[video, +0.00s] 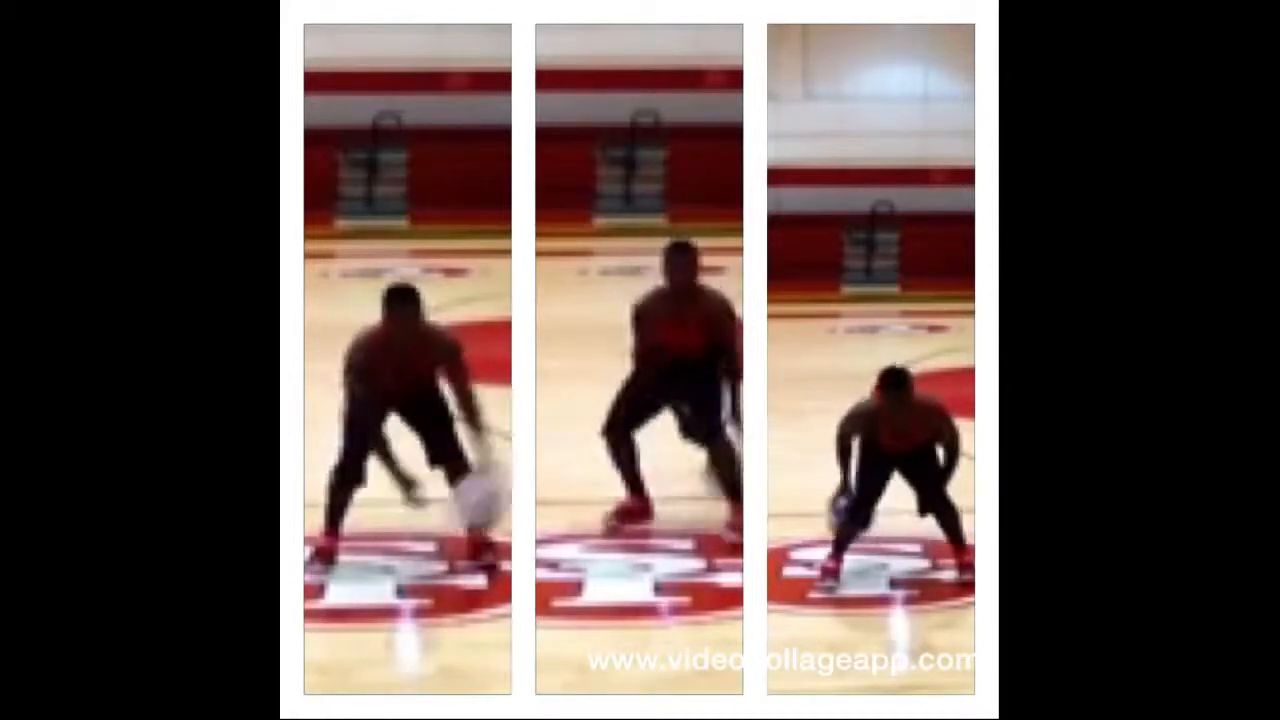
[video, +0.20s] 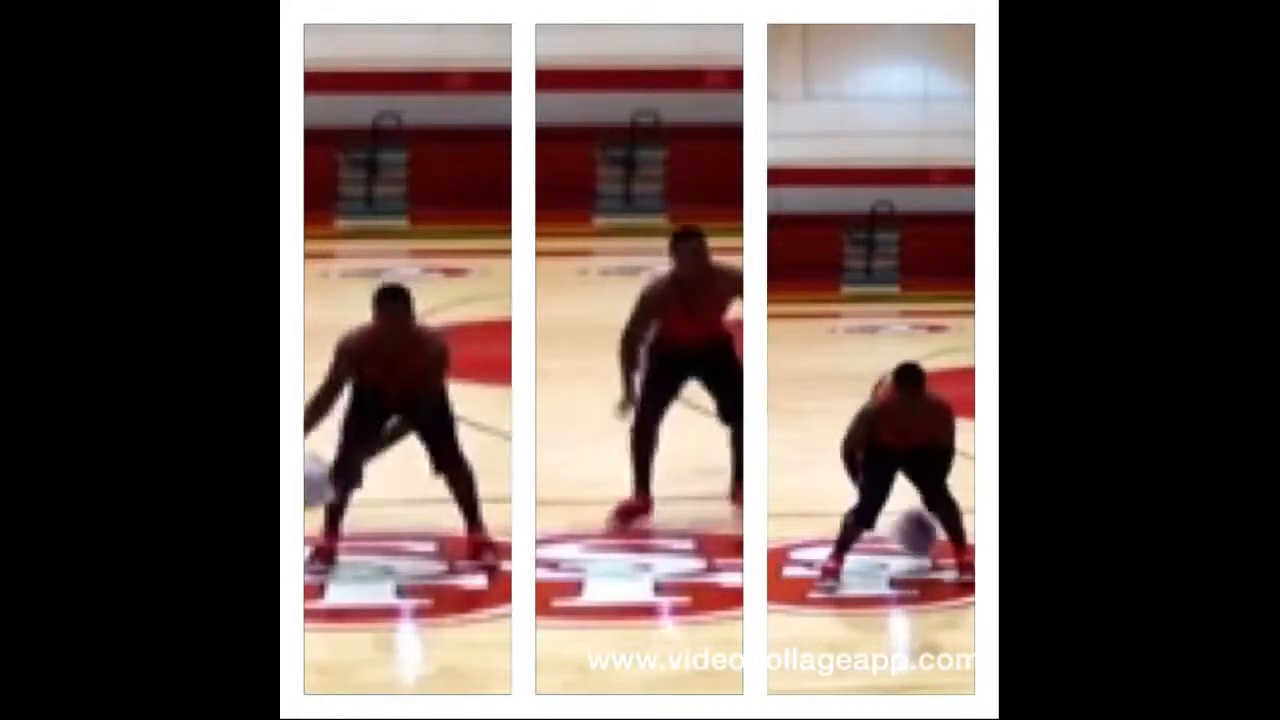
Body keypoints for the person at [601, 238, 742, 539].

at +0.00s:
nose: (680, 277)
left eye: (686, 269)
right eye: (674, 269)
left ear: (696, 270)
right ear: (665, 271)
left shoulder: (716, 308)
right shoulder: (648, 309)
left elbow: (733, 362)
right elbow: (643, 360)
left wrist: (736, 407)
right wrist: (639, 396)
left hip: (701, 381)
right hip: (656, 379)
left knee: (713, 438)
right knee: (616, 430)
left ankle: (739, 507)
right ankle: (638, 499)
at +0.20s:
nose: (691, 263)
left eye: (696, 255)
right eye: (683, 256)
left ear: (706, 254)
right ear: (673, 258)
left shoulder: (727, 281)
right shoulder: (659, 292)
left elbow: (758, 302)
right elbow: (631, 337)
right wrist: (628, 389)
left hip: (714, 351)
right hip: (669, 354)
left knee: (742, 417)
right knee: (644, 421)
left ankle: (740, 491)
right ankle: (641, 497)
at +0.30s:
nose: (691, 272)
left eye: (696, 264)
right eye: (684, 264)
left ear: (707, 262)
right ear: (674, 266)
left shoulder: (727, 294)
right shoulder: (659, 304)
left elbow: (755, 331)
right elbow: (637, 356)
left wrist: (754, 391)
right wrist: (633, 409)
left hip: (720, 358)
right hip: (676, 360)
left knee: (750, 432)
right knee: (658, 430)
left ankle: (745, 496)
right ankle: (651, 503)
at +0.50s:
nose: (681, 276)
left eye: (688, 269)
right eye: (676, 269)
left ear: (700, 269)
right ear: (669, 270)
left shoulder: (725, 305)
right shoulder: (662, 305)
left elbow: (741, 357)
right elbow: (652, 347)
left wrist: (722, 401)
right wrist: (640, 385)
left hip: (728, 371)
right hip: (687, 371)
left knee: (751, 436)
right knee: (669, 434)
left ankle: (746, 481)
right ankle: (653, 508)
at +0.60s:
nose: (682, 267)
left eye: (689, 260)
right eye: (677, 260)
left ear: (704, 260)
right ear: (671, 259)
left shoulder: (726, 295)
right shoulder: (660, 287)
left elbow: (749, 343)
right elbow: (634, 320)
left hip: (729, 359)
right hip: (686, 357)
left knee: (742, 425)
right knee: (659, 429)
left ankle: (764, 495)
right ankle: (650, 506)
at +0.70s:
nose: (690, 267)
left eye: (697, 261)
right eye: (686, 259)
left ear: (710, 261)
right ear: (679, 260)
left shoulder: (731, 298)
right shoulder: (663, 291)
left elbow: (751, 345)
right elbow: (637, 327)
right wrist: (614, 361)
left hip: (726, 362)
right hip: (683, 357)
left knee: (734, 430)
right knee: (644, 426)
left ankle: (754, 490)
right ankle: (653, 487)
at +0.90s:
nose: (701, 273)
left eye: (707, 265)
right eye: (694, 266)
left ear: (717, 267)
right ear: (685, 269)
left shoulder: (735, 306)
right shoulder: (669, 311)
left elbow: (743, 363)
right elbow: (670, 372)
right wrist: (695, 417)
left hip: (720, 378)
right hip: (676, 377)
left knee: (733, 435)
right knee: (632, 433)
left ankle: (753, 496)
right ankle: (646, 488)